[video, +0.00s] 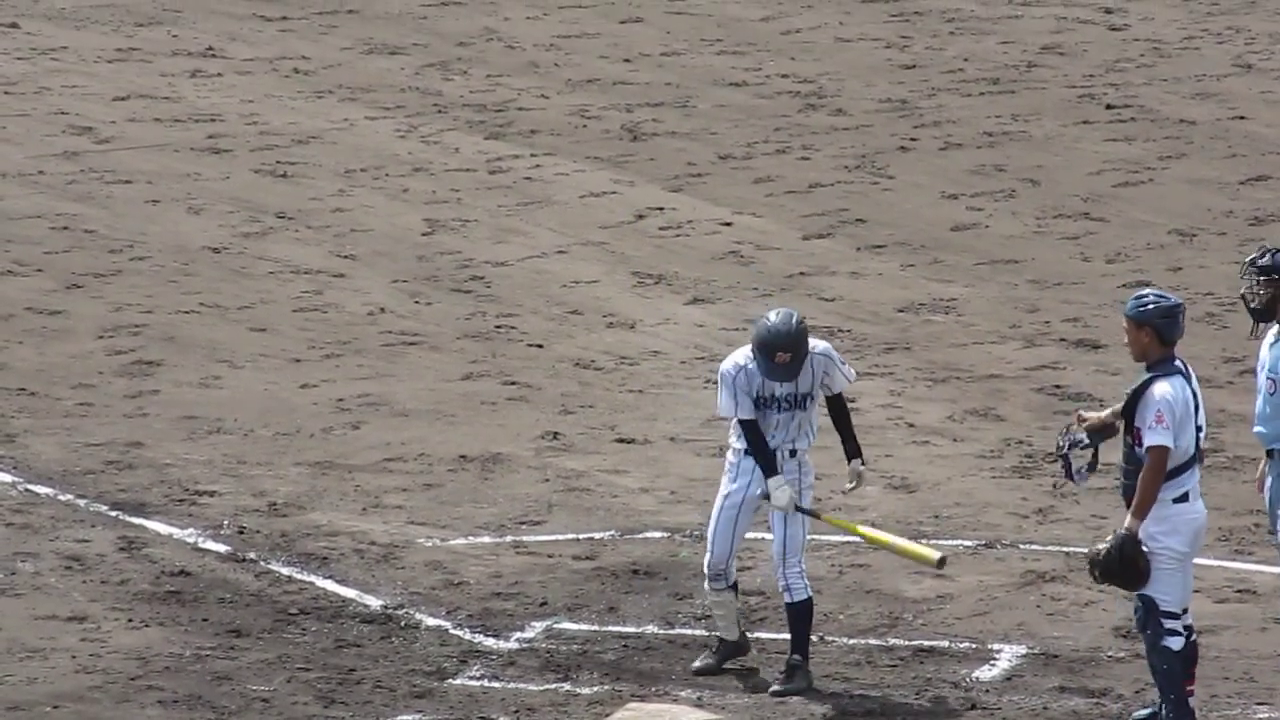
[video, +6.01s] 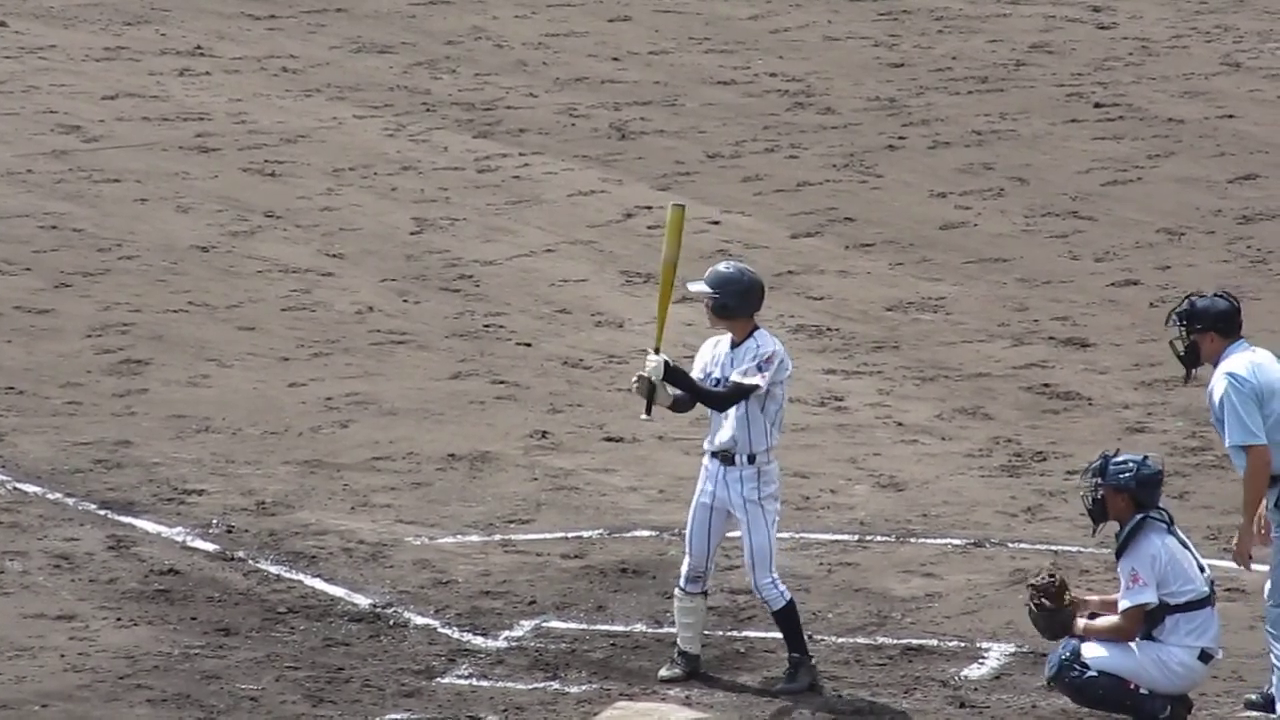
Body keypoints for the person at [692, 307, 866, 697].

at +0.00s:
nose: (782, 362)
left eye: (789, 356)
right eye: (774, 356)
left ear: (802, 348)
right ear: (760, 349)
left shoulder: (821, 359)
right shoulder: (738, 370)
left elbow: (837, 404)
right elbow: (750, 430)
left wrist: (854, 456)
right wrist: (774, 478)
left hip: (792, 466)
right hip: (744, 464)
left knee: (790, 567)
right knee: (716, 562)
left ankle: (798, 665)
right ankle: (731, 640)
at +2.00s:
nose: (783, 370)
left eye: (791, 365)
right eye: (777, 363)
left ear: (808, 354)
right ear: (767, 353)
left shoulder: (829, 361)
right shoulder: (748, 372)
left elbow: (842, 409)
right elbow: (779, 426)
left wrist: (856, 464)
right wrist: (826, 460)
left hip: (796, 473)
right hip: (745, 468)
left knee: (801, 569)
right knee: (708, 567)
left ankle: (813, 665)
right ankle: (704, 639)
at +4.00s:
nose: (713, 303)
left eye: (722, 297)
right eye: (713, 295)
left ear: (746, 302)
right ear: (722, 299)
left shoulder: (789, 349)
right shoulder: (706, 350)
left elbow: (796, 412)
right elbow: (715, 404)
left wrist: (778, 413)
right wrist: (742, 414)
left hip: (766, 471)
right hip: (719, 469)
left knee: (790, 567)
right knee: (704, 566)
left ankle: (812, 666)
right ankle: (696, 659)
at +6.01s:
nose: (704, 306)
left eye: (710, 300)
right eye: (706, 299)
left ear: (730, 306)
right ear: (739, 306)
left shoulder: (769, 351)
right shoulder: (713, 348)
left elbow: (722, 399)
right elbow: (683, 402)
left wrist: (671, 372)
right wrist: (657, 392)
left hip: (754, 474)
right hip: (713, 470)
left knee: (763, 578)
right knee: (694, 567)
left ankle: (801, 664)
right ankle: (686, 657)